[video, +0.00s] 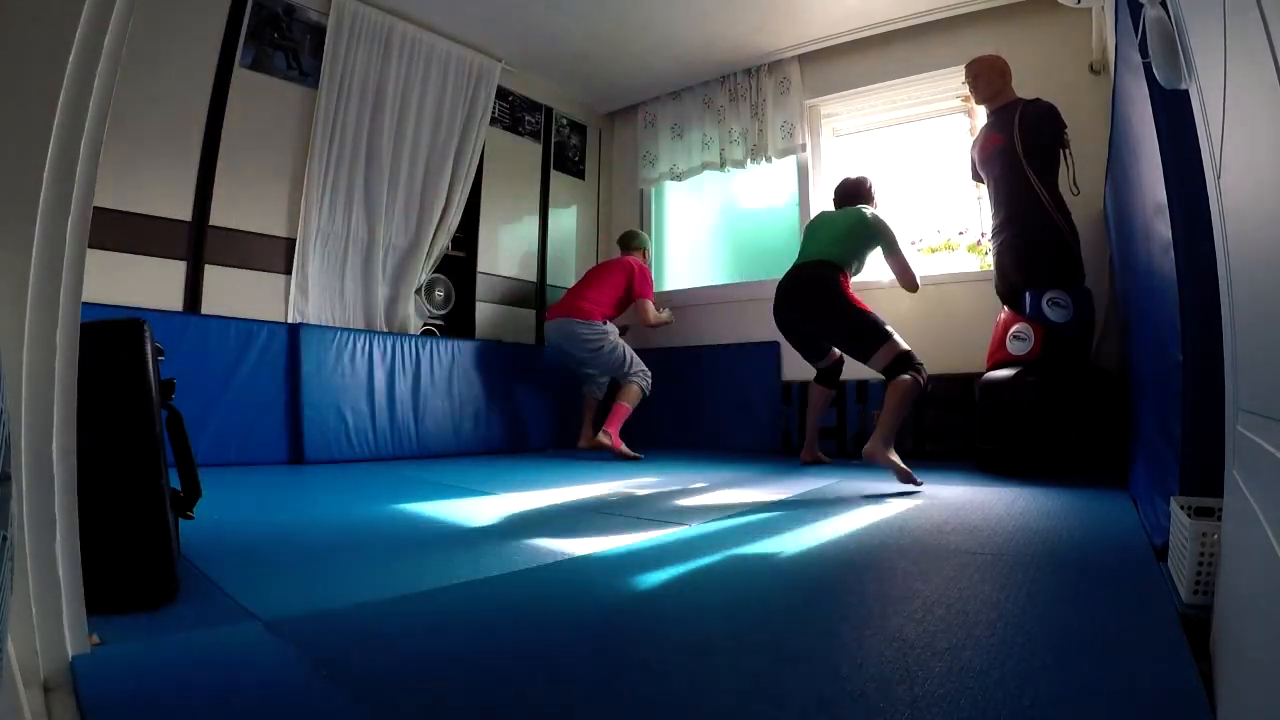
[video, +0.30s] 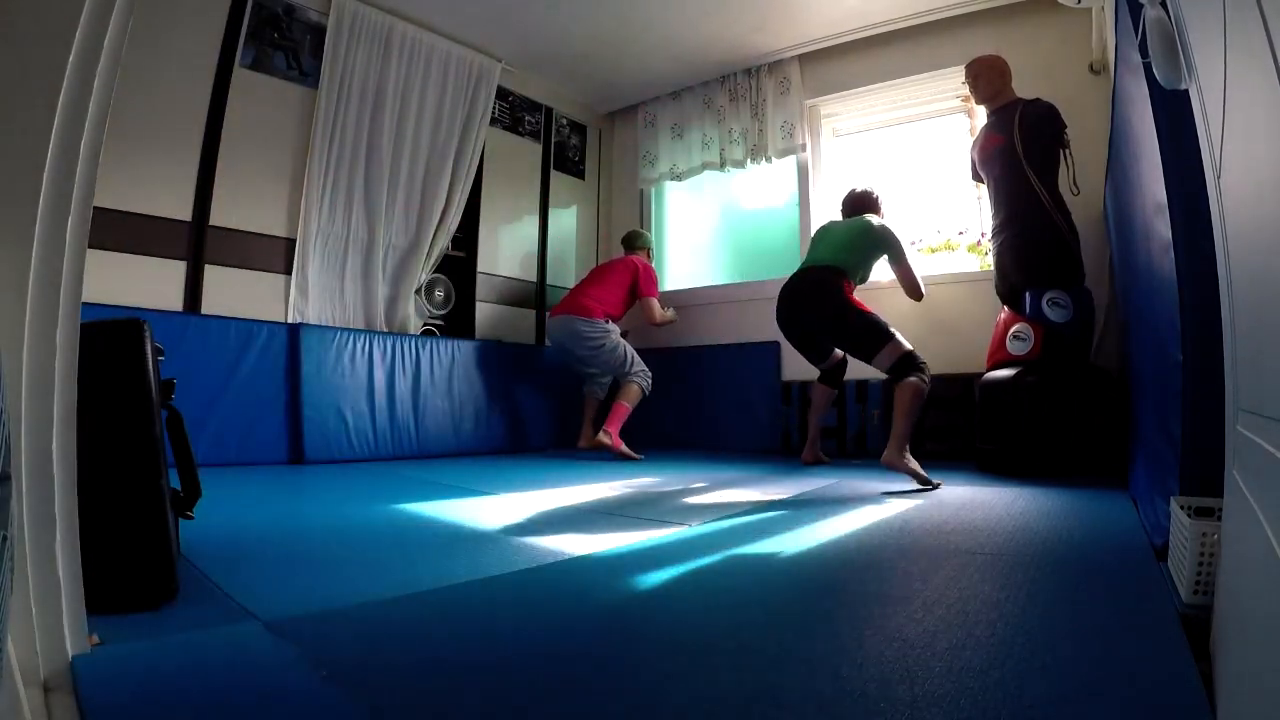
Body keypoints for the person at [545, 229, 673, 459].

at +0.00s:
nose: (649, 258)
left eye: (648, 254)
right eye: (649, 253)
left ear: (621, 251)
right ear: (644, 252)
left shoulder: (604, 266)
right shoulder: (638, 267)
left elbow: (583, 304)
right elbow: (649, 318)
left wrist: (611, 328)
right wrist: (664, 317)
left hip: (553, 324)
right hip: (586, 325)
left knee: (597, 375)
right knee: (639, 375)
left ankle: (586, 435)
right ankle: (610, 432)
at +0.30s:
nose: (652, 258)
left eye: (651, 255)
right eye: (651, 254)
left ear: (625, 251)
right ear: (648, 252)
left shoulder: (608, 266)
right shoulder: (642, 266)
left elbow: (589, 301)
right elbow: (654, 317)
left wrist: (611, 330)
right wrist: (669, 316)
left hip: (557, 321)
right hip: (588, 323)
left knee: (599, 374)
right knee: (639, 375)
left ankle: (587, 435)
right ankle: (610, 432)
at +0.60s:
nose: (649, 247)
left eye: (649, 244)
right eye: (649, 244)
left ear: (621, 242)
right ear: (645, 242)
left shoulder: (602, 257)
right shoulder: (642, 257)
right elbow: (653, 309)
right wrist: (668, 310)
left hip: (554, 314)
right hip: (587, 316)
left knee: (592, 370)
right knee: (636, 373)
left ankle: (586, 435)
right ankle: (608, 437)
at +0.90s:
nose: (632, 238)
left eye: (632, 235)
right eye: (632, 234)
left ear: (602, 231)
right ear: (627, 232)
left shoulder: (587, 244)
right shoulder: (622, 245)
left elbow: (562, 278)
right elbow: (637, 297)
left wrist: (588, 306)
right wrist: (657, 298)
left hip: (526, 299)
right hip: (561, 298)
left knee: (568, 362)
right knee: (613, 357)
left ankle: (552, 437)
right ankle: (587, 424)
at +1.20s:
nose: (608, 229)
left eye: (608, 225)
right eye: (608, 225)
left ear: (578, 219)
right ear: (602, 221)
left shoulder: (561, 232)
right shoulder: (594, 231)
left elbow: (529, 271)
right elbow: (612, 287)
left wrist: (556, 304)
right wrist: (630, 290)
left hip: (487, 285)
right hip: (522, 287)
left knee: (541, 352)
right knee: (575, 351)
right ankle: (557, 436)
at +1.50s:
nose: (576, 225)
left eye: (577, 220)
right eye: (577, 219)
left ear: (545, 212)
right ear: (571, 215)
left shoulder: (523, 224)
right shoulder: (561, 226)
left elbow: (479, 265)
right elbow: (571, 287)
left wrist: (512, 299)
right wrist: (597, 290)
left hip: (439, 276)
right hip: (473, 280)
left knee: (486, 361)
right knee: (524, 357)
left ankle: (491, 433)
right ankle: (484, 443)